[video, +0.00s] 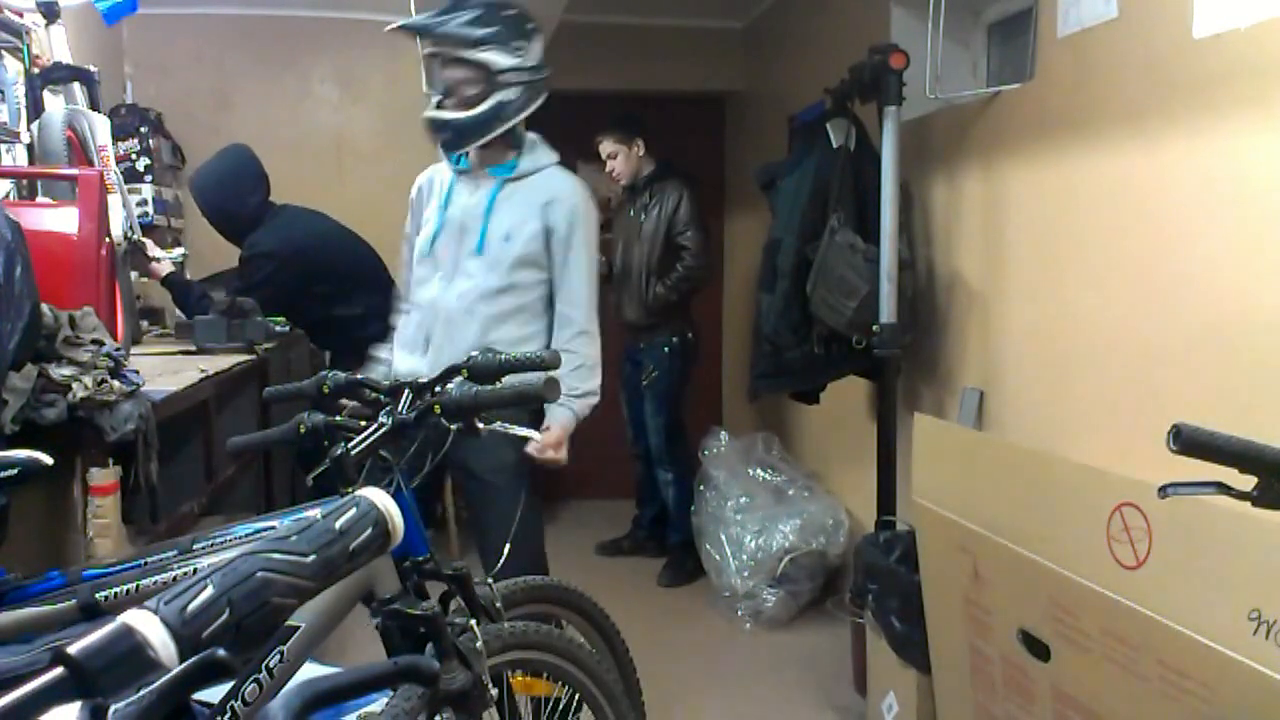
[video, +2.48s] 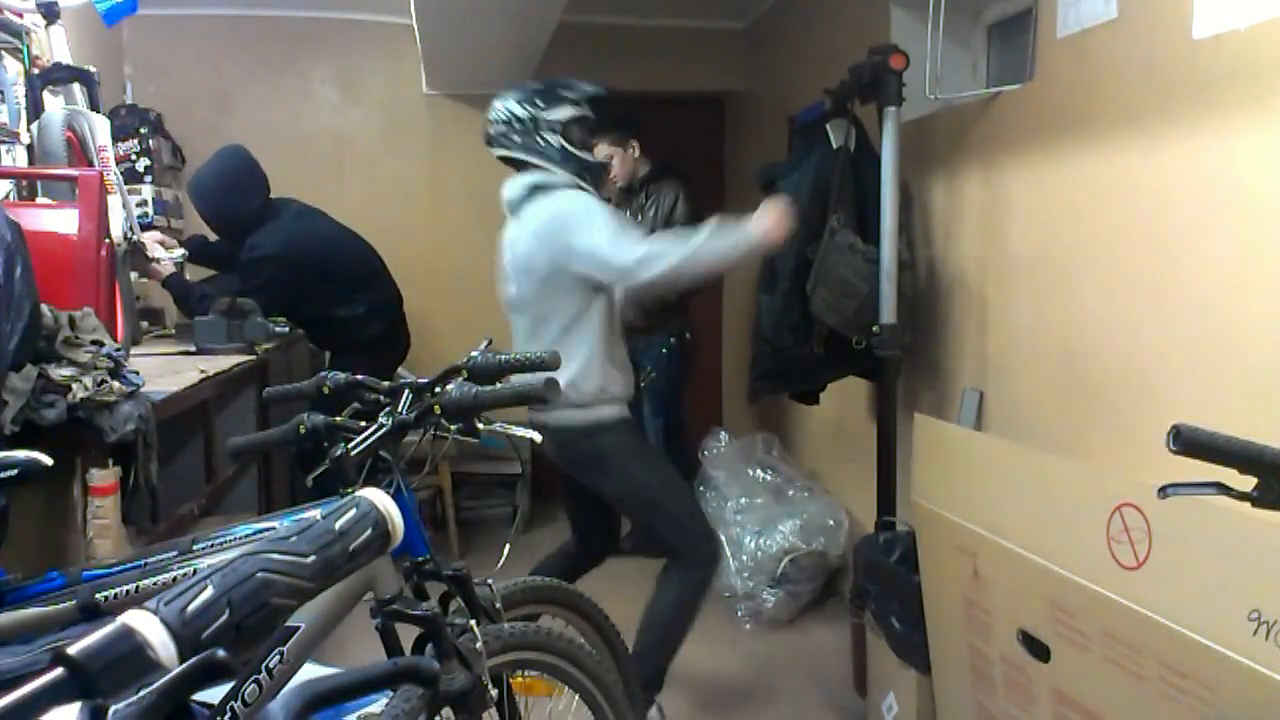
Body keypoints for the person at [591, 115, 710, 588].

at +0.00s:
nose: (609, 167)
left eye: (613, 156)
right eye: (604, 160)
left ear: (638, 148)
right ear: (611, 161)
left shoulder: (674, 193)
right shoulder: (625, 202)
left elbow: (694, 260)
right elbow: (617, 262)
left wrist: (656, 297)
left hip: (667, 336)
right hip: (635, 335)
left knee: (665, 442)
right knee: (641, 441)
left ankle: (685, 545)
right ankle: (649, 530)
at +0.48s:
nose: (609, 168)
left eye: (613, 157)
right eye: (604, 162)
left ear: (639, 149)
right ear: (612, 164)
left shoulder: (673, 193)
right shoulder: (626, 204)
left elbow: (695, 263)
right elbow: (626, 266)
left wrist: (655, 298)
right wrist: (604, 267)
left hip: (667, 336)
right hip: (633, 335)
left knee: (665, 442)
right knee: (640, 442)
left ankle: (684, 547)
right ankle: (650, 530)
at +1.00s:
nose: (608, 169)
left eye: (611, 159)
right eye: (603, 163)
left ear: (638, 150)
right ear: (612, 164)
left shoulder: (672, 193)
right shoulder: (626, 204)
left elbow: (695, 260)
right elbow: (628, 265)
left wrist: (657, 297)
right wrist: (605, 268)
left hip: (667, 336)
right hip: (634, 335)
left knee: (664, 442)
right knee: (640, 442)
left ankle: (683, 545)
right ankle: (649, 530)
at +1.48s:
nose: (606, 170)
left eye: (609, 159)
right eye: (601, 163)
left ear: (636, 149)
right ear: (610, 163)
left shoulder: (670, 192)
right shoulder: (625, 204)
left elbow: (695, 260)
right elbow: (627, 267)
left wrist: (657, 297)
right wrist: (604, 268)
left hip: (664, 335)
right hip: (632, 334)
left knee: (663, 442)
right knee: (640, 442)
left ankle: (683, 545)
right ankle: (650, 531)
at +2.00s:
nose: (605, 171)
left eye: (608, 160)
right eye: (600, 164)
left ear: (635, 150)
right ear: (610, 164)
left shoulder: (671, 193)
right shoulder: (624, 205)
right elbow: (626, 268)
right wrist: (603, 268)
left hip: (665, 336)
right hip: (631, 335)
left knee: (664, 443)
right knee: (640, 442)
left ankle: (684, 547)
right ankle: (650, 531)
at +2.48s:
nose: (592, 152)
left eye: (594, 140)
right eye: (580, 138)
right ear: (550, 140)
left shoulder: (527, 215)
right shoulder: (565, 211)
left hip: (559, 423)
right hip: (593, 426)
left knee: (592, 539)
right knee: (696, 545)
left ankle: (512, 617)